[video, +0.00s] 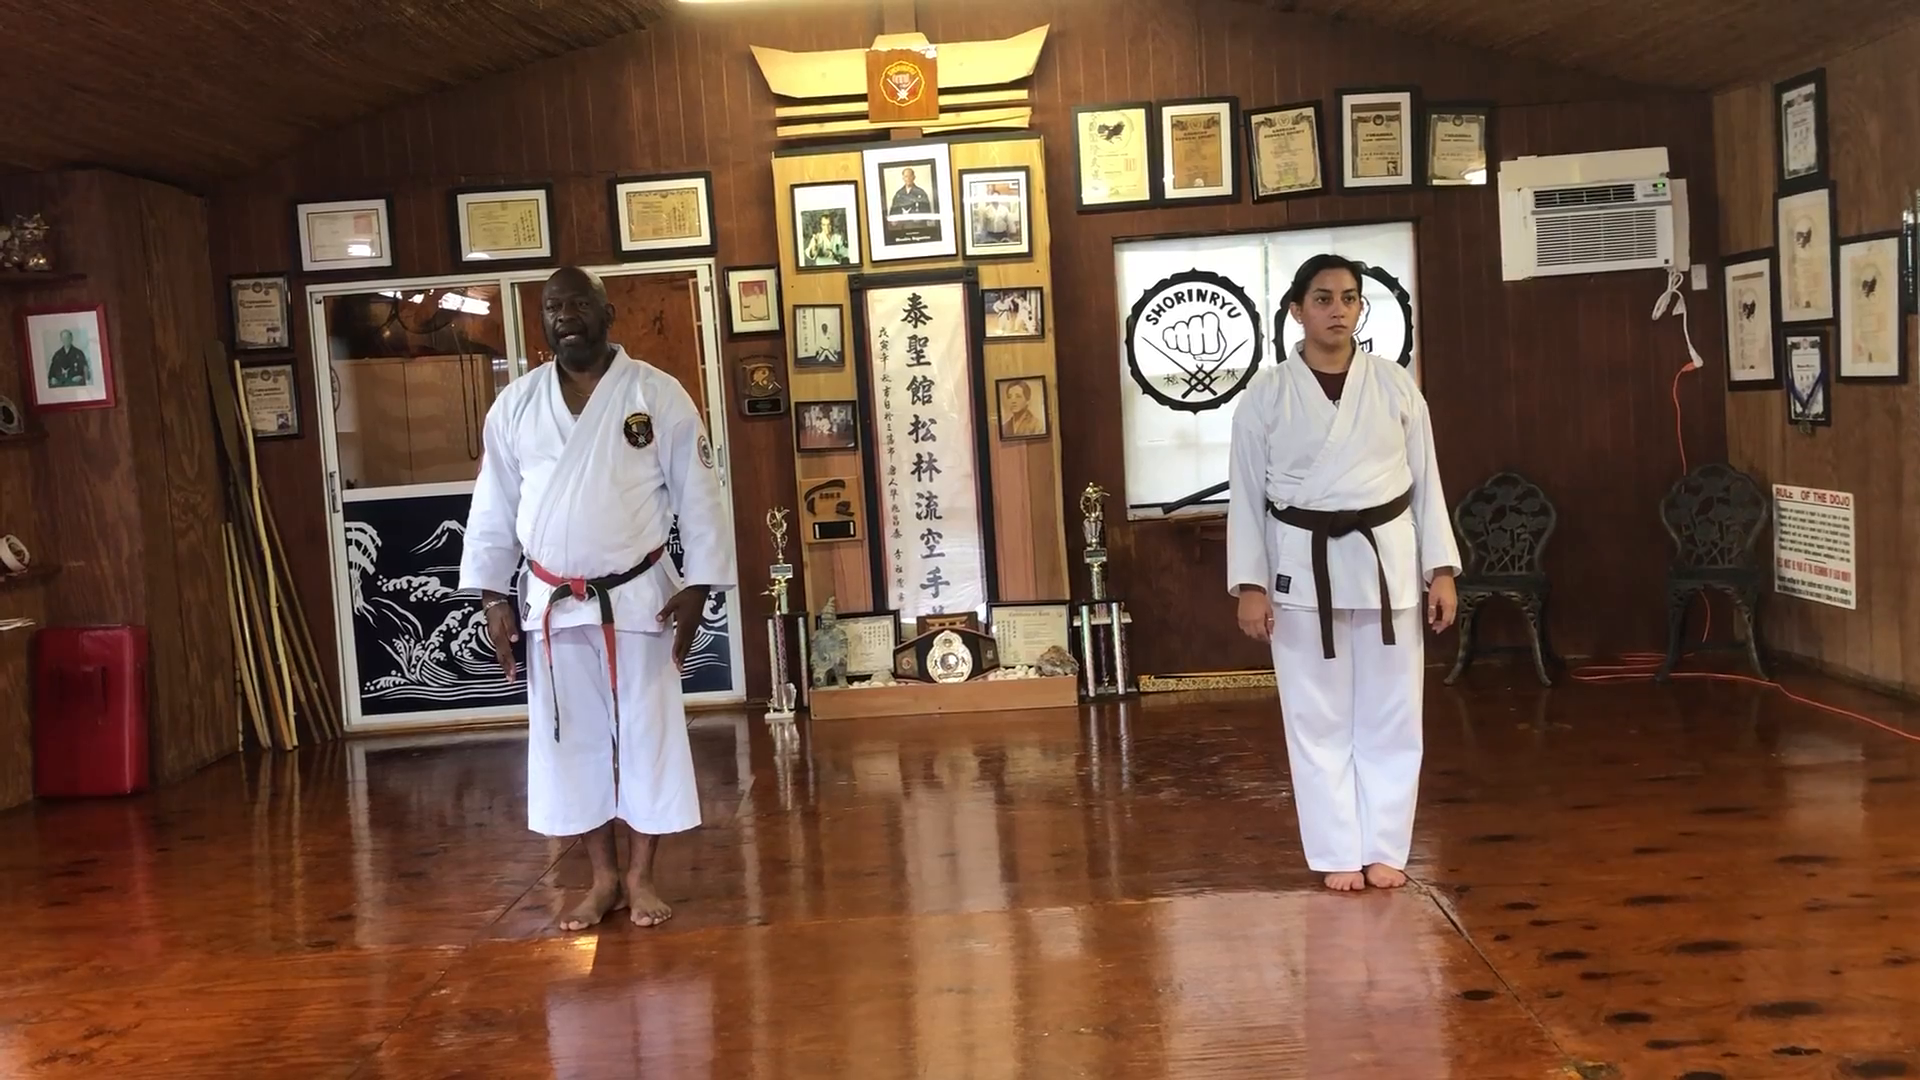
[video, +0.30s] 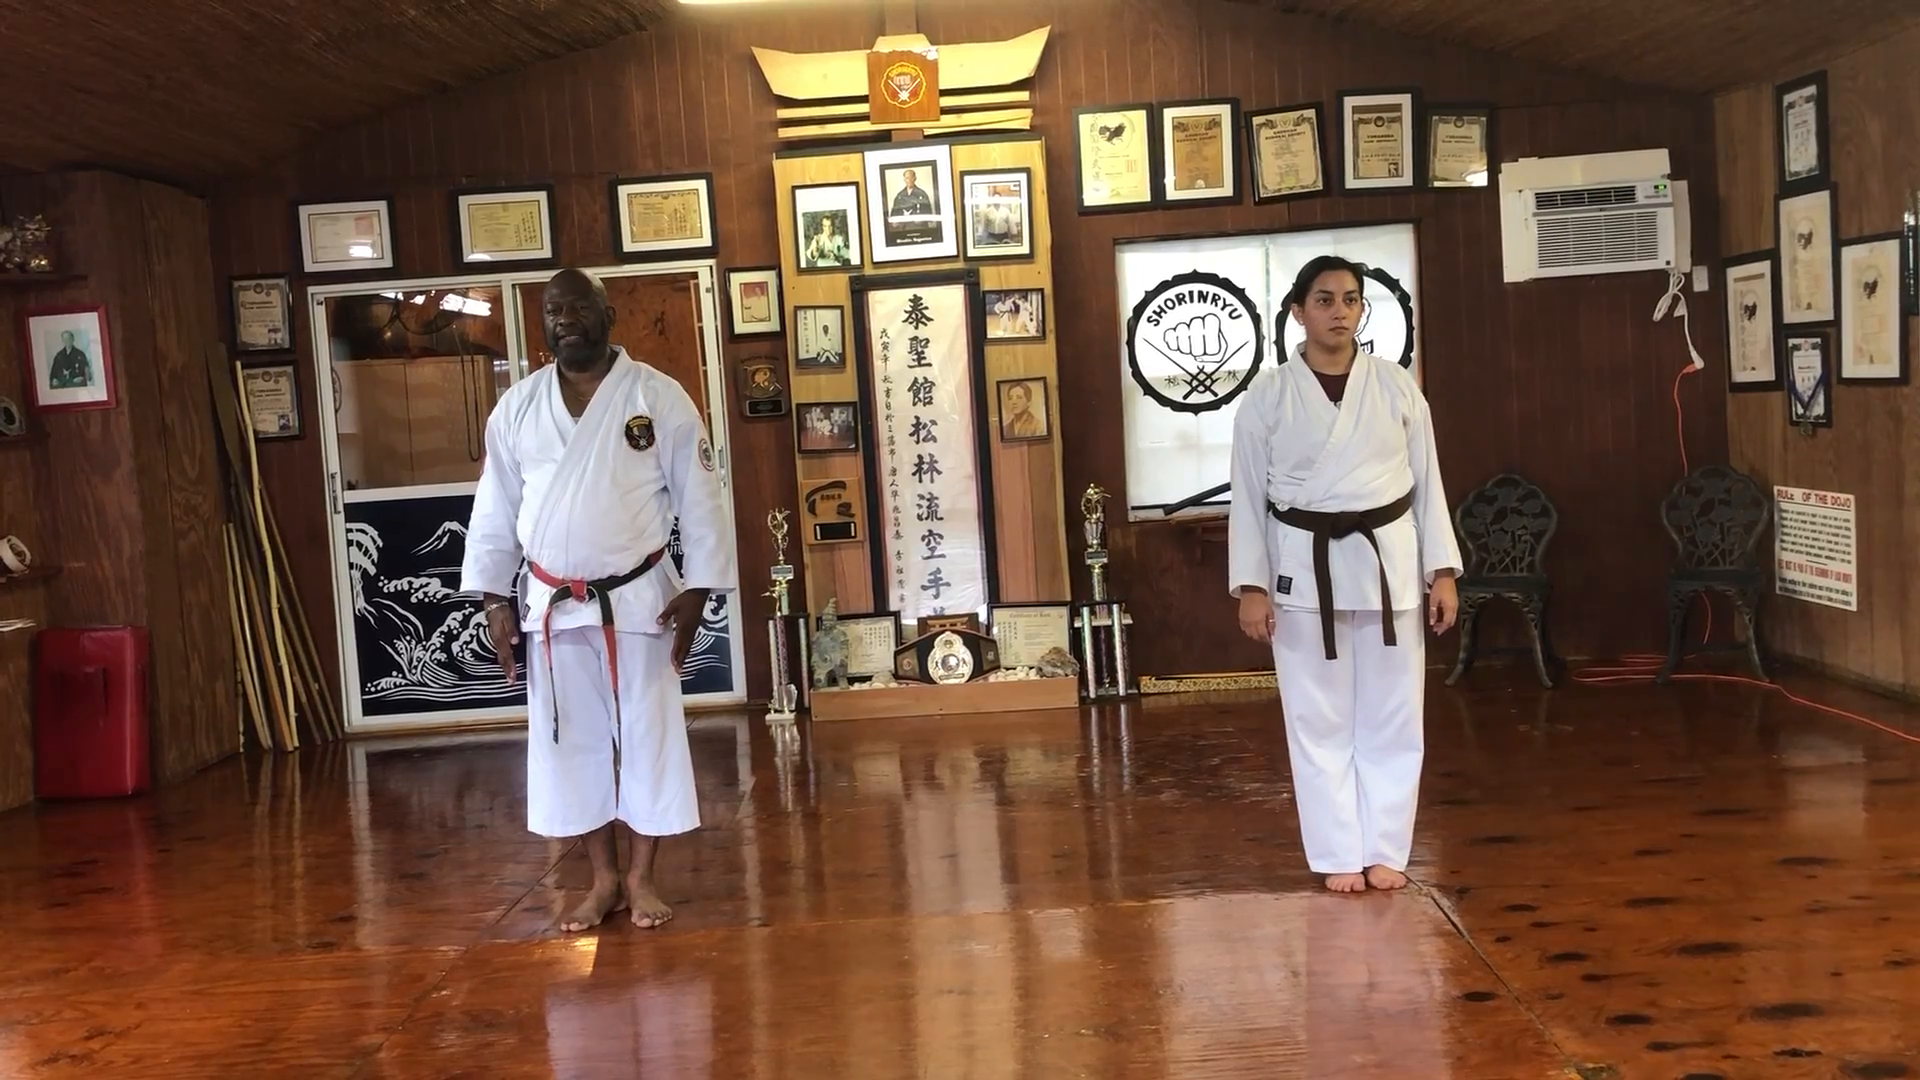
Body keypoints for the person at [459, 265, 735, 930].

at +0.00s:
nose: (565, 319)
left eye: (576, 307)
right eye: (554, 311)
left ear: (607, 315)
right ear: (541, 325)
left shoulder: (657, 395)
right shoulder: (514, 406)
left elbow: (697, 495)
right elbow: (494, 507)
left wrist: (700, 586)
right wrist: (493, 600)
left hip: (638, 590)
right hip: (552, 597)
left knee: (644, 731)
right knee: (572, 733)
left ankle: (639, 876)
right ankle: (601, 877)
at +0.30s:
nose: (566, 321)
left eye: (578, 310)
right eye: (555, 313)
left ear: (608, 318)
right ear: (542, 327)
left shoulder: (657, 396)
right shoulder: (515, 409)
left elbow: (699, 497)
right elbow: (495, 509)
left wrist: (701, 588)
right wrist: (494, 603)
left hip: (639, 592)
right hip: (553, 599)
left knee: (645, 734)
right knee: (573, 736)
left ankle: (639, 879)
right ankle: (601, 878)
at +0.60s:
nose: (567, 321)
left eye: (579, 309)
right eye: (556, 312)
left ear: (609, 316)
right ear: (543, 326)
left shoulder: (659, 397)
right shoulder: (516, 409)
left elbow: (700, 499)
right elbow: (497, 509)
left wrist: (701, 590)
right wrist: (495, 602)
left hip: (639, 592)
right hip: (554, 599)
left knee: (645, 734)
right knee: (575, 735)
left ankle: (640, 879)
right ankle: (603, 879)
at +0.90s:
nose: (570, 322)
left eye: (582, 309)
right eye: (559, 313)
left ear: (613, 317)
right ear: (546, 327)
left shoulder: (662, 398)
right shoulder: (519, 409)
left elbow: (702, 499)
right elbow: (499, 510)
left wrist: (703, 590)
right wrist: (497, 603)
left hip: (642, 593)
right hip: (556, 600)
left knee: (648, 735)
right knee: (575, 736)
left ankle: (642, 880)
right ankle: (604, 879)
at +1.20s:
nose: (573, 323)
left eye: (585, 311)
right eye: (562, 315)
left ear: (616, 317)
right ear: (550, 328)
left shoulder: (666, 400)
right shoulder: (523, 410)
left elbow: (707, 501)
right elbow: (503, 511)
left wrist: (707, 592)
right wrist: (502, 603)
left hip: (645, 593)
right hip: (560, 600)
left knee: (651, 736)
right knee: (579, 737)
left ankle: (644, 881)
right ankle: (606, 880)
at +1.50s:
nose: (581, 322)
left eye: (593, 310)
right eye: (570, 313)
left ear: (622, 318)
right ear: (556, 327)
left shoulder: (669, 398)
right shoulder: (528, 409)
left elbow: (711, 498)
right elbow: (508, 509)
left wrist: (711, 591)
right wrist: (506, 601)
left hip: (649, 592)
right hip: (563, 598)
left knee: (653, 735)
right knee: (583, 736)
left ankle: (647, 879)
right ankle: (610, 880)